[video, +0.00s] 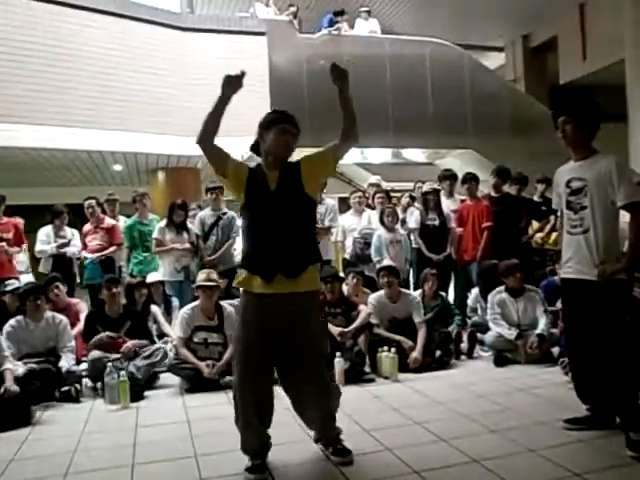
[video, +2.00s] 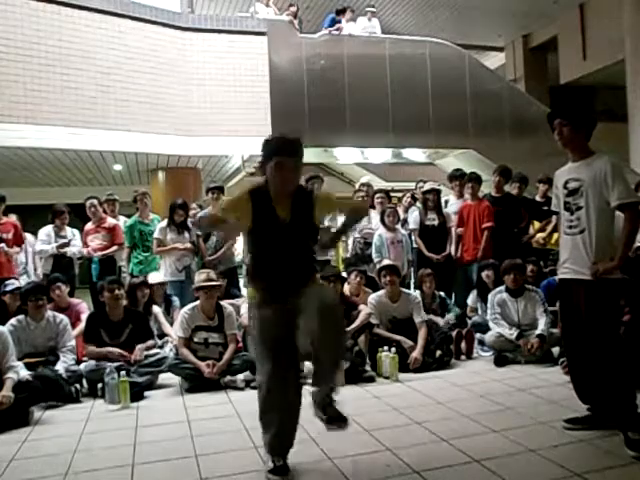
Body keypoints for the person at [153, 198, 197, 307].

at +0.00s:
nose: (179, 219)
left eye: (182, 216)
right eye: (177, 215)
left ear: (186, 216)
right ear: (171, 214)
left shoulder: (188, 228)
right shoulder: (162, 227)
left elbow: (194, 247)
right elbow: (155, 249)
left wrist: (185, 247)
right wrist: (172, 247)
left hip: (186, 270)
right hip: (169, 271)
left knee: (187, 303)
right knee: (174, 304)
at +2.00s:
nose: (179, 218)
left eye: (182, 215)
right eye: (177, 215)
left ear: (186, 215)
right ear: (172, 213)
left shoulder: (189, 227)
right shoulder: (163, 227)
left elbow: (196, 247)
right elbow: (156, 249)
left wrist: (188, 247)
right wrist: (174, 247)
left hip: (188, 269)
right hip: (171, 270)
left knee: (188, 304)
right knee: (175, 305)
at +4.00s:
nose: (182, 220)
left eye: (185, 218)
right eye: (180, 217)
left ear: (189, 218)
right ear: (175, 216)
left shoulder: (193, 231)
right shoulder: (166, 230)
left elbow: (200, 250)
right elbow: (160, 252)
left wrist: (193, 249)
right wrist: (178, 249)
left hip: (191, 274)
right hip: (174, 274)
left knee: (192, 308)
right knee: (180, 309)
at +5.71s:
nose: (183, 210)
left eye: (185, 207)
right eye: (180, 207)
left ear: (190, 210)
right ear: (175, 210)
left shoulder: (193, 227)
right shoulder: (168, 228)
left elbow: (200, 246)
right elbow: (159, 250)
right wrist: (177, 249)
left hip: (191, 272)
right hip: (174, 273)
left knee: (192, 308)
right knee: (178, 309)